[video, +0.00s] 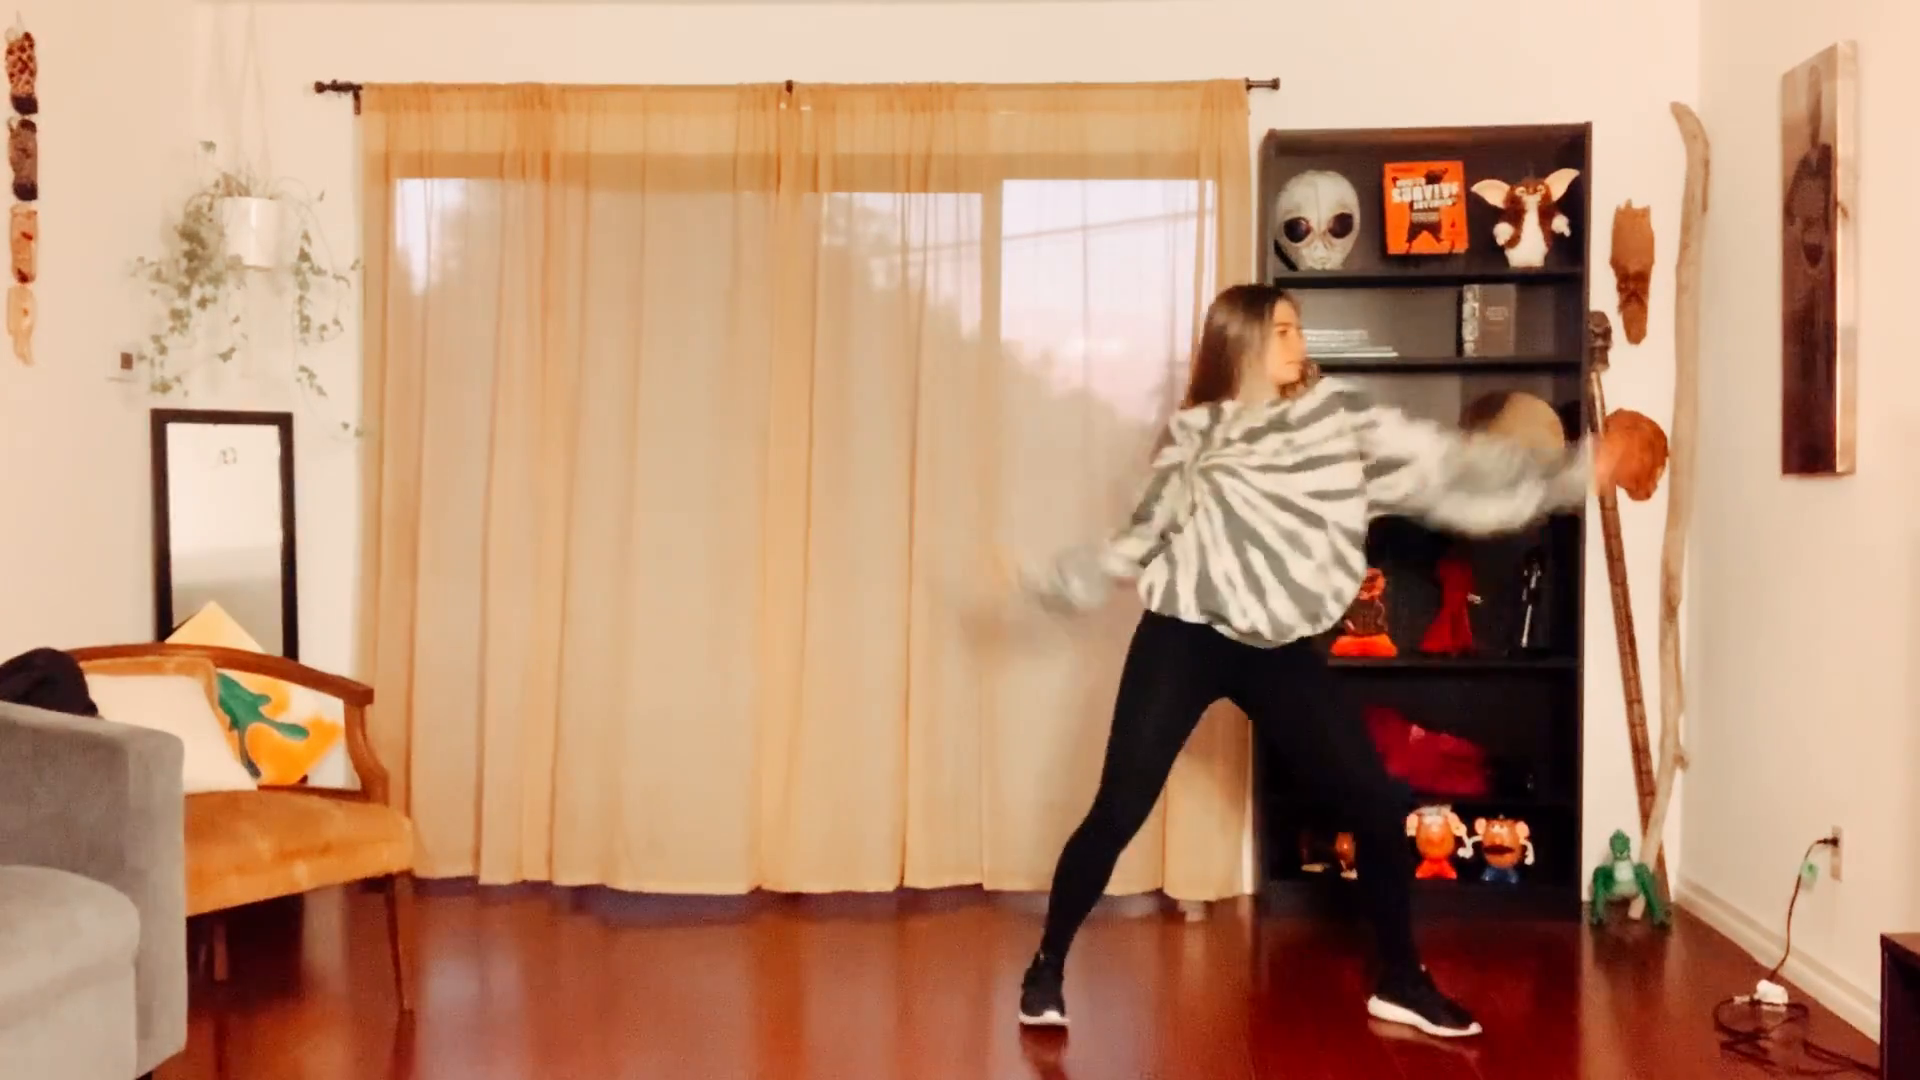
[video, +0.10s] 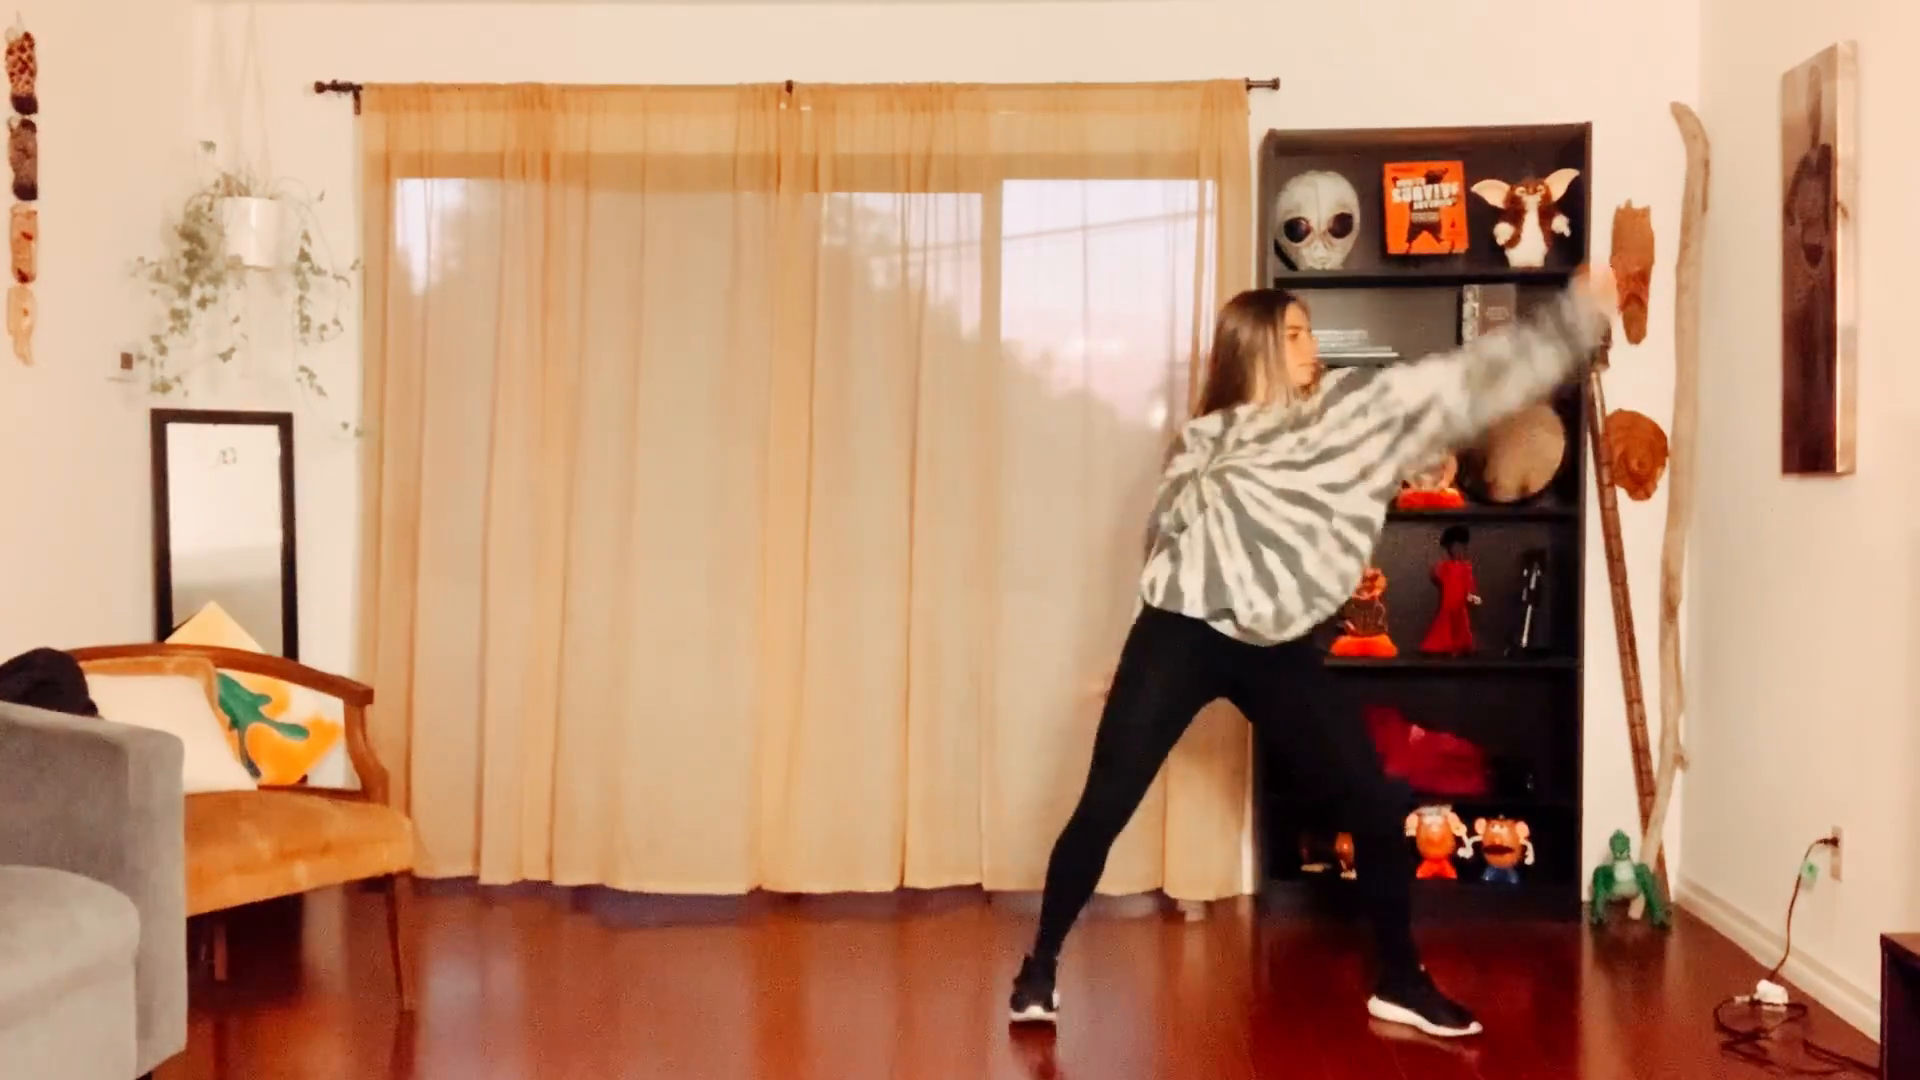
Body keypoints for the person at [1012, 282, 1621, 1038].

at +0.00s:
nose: (1299, 340)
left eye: (1298, 327)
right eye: (1283, 328)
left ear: (1296, 342)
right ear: (1243, 343)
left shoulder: (1344, 422)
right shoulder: (1200, 435)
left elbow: (1456, 470)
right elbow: (1139, 540)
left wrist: (1575, 472)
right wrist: (1048, 581)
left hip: (1284, 648)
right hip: (1182, 635)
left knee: (1377, 803)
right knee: (1120, 807)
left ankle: (1398, 979)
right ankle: (1048, 965)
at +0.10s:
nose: (1313, 347)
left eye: (1312, 332)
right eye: (1297, 336)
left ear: (1304, 343)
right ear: (1255, 352)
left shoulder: (1361, 407)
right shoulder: (1205, 438)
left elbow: (1473, 374)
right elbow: (1163, 543)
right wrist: (1138, 653)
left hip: (1281, 648)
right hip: (1179, 633)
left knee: (1373, 802)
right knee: (1105, 803)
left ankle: (1398, 980)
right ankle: (1040, 966)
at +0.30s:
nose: (1282, 337)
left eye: (1280, 323)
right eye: (1267, 324)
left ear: (1270, 334)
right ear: (1228, 339)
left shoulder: (1326, 419)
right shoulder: (1163, 428)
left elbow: (1437, 435)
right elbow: (1080, 514)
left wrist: (1539, 439)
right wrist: (1011, 592)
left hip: (1249, 644)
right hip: (1145, 634)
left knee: (1326, 809)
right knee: (1095, 814)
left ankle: (1393, 977)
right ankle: (1042, 972)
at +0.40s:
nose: (1262, 340)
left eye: (1262, 326)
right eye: (1247, 327)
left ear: (1258, 338)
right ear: (1205, 337)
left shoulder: (1285, 440)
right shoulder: (1124, 409)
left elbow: (1360, 533)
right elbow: (1019, 395)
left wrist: (1432, 624)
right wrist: (940, 389)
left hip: (1212, 644)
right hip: (1116, 633)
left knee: (1295, 794)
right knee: (1089, 823)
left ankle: (1368, 974)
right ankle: (1041, 973)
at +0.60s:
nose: (1226, 341)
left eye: (1226, 328)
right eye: (1211, 328)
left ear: (1218, 342)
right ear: (1168, 335)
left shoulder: (1221, 447)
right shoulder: (1118, 408)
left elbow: (1220, 567)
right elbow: (1136, 302)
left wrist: (1243, 663)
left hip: (1163, 643)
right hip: (1091, 627)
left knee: (1256, 783)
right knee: (1089, 818)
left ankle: (1193, 950)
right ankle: (1001, 963)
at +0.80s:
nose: (1203, 340)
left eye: (1204, 328)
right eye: (1189, 328)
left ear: (1192, 331)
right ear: (1150, 329)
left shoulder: (1194, 429)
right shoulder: (1124, 385)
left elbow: (1221, 555)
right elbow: (1217, 370)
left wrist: (1245, 489)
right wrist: (1304, 341)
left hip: (1176, 637)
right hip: (1122, 629)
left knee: (1220, 808)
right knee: (1163, 817)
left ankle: (1136, 972)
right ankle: (1005, 939)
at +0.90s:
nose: (1207, 351)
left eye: (1209, 339)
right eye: (1195, 336)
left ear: (1200, 344)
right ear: (1154, 336)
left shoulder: (1191, 417)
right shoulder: (1129, 399)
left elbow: (1246, 524)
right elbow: (1233, 416)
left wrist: (1266, 448)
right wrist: (1300, 409)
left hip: (1183, 638)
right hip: (1140, 636)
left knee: (1237, 809)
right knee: (1233, 811)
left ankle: (1139, 965)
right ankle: (1106, 944)